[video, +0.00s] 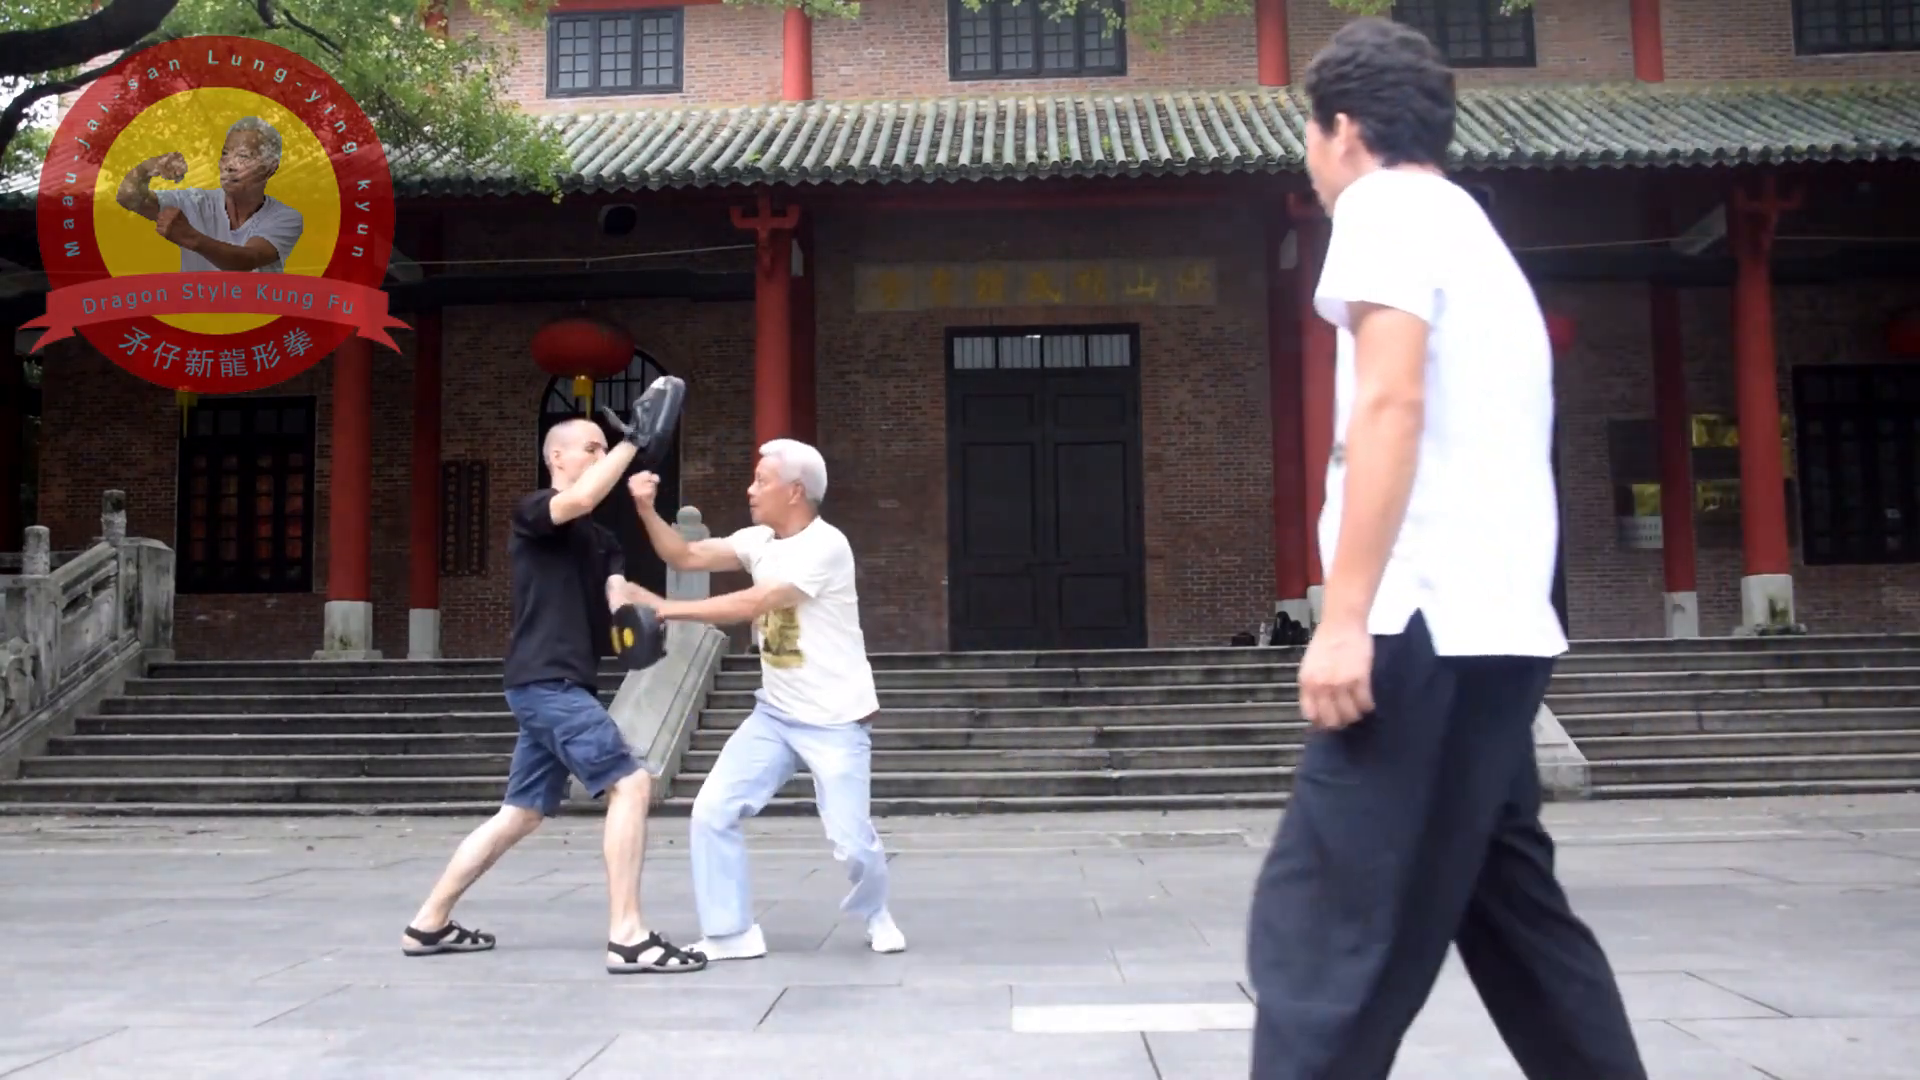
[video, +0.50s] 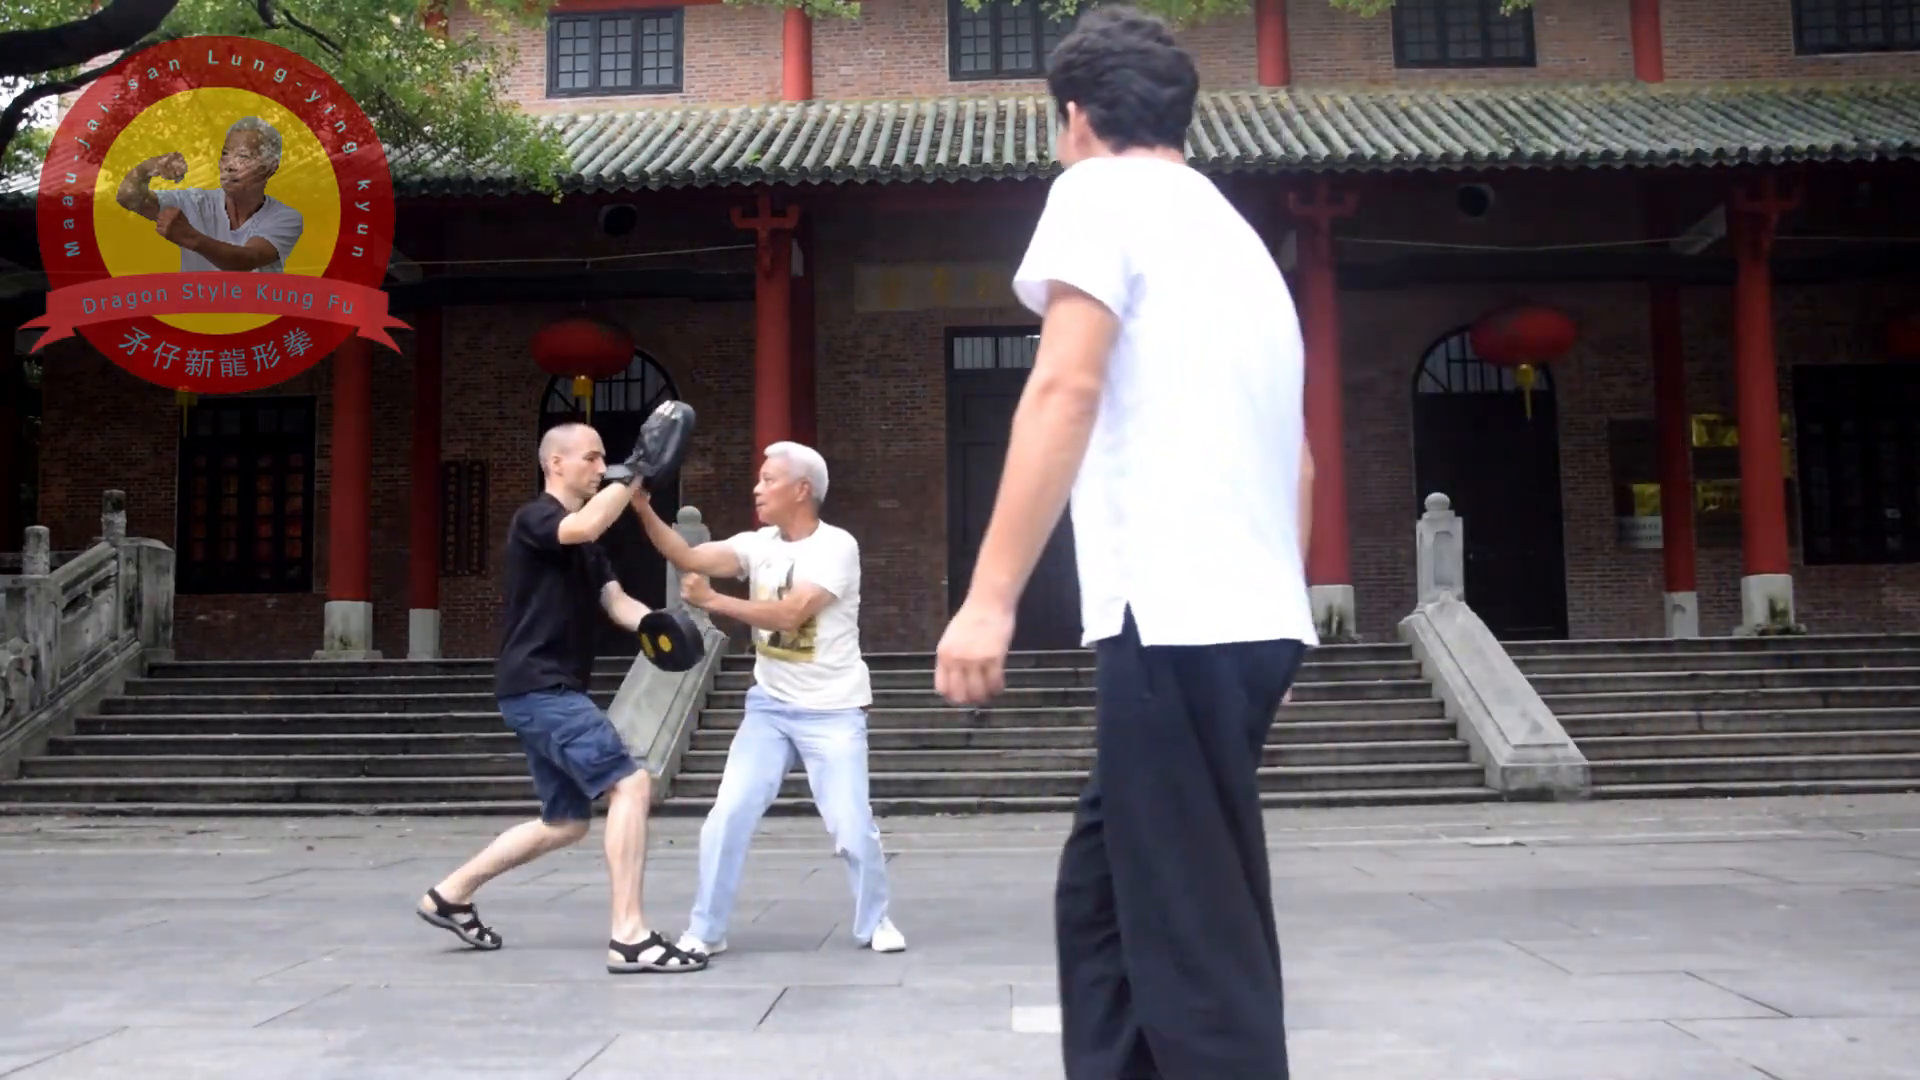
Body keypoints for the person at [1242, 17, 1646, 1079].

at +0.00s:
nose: (1312, 162)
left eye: (1313, 136)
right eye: (1311, 137)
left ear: (1346, 131)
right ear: (1423, 130)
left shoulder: (1389, 210)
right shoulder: (1470, 227)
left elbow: (1390, 403)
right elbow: (1473, 437)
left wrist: (1341, 617)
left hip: (1428, 633)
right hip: (1492, 635)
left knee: (1322, 938)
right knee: (1518, 923)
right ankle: (1608, 1078)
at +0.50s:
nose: (1055, 146)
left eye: (1054, 125)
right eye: (1053, 127)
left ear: (1083, 118)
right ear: (1175, 121)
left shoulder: (1098, 196)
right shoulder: (1240, 243)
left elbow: (1066, 388)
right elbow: (1297, 462)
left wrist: (990, 597)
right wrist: (1270, 619)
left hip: (1172, 624)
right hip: (1251, 623)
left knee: (1187, 924)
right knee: (1098, 895)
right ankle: (1112, 1072)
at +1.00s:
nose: (896, 188)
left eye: (896, 176)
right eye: (898, 178)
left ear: (914, 173)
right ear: (1010, 184)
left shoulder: (911, 233)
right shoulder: (1051, 298)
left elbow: (881, 408)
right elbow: (1085, 500)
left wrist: (825, 594)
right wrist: (1050, 626)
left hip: (948, 641)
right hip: (1047, 648)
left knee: (944, 907)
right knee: (1003, 909)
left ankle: (1109, 1068)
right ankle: (982, 1075)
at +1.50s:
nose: (768, 203)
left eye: (769, 190)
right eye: (770, 192)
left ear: (790, 190)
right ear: (886, 202)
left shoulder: (779, 248)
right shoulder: (929, 315)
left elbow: (751, 419)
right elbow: (967, 503)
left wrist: (696, 601)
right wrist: (945, 633)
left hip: (821, 641)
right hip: (929, 648)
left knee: (734, 922)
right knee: (926, 922)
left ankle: (695, 1065)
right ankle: (949, 1071)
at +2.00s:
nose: (539, 165)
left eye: (540, 153)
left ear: (553, 161)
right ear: (661, 176)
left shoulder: (524, 247)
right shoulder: (713, 291)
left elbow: (481, 441)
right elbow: (764, 480)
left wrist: (428, 623)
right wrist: (745, 639)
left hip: (574, 656)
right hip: (701, 653)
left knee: (544, 916)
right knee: (710, 883)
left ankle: (553, 1074)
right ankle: (821, 1064)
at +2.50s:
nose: (396, 194)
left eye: (397, 181)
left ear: (402, 186)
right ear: (515, 193)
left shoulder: (385, 273)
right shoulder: (576, 320)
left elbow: (330, 456)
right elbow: (628, 489)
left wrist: (284, 649)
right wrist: (635, 654)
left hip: (434, 672)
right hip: (556, 673)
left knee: (474, 943)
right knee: (453, 932)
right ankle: (404, 1065)